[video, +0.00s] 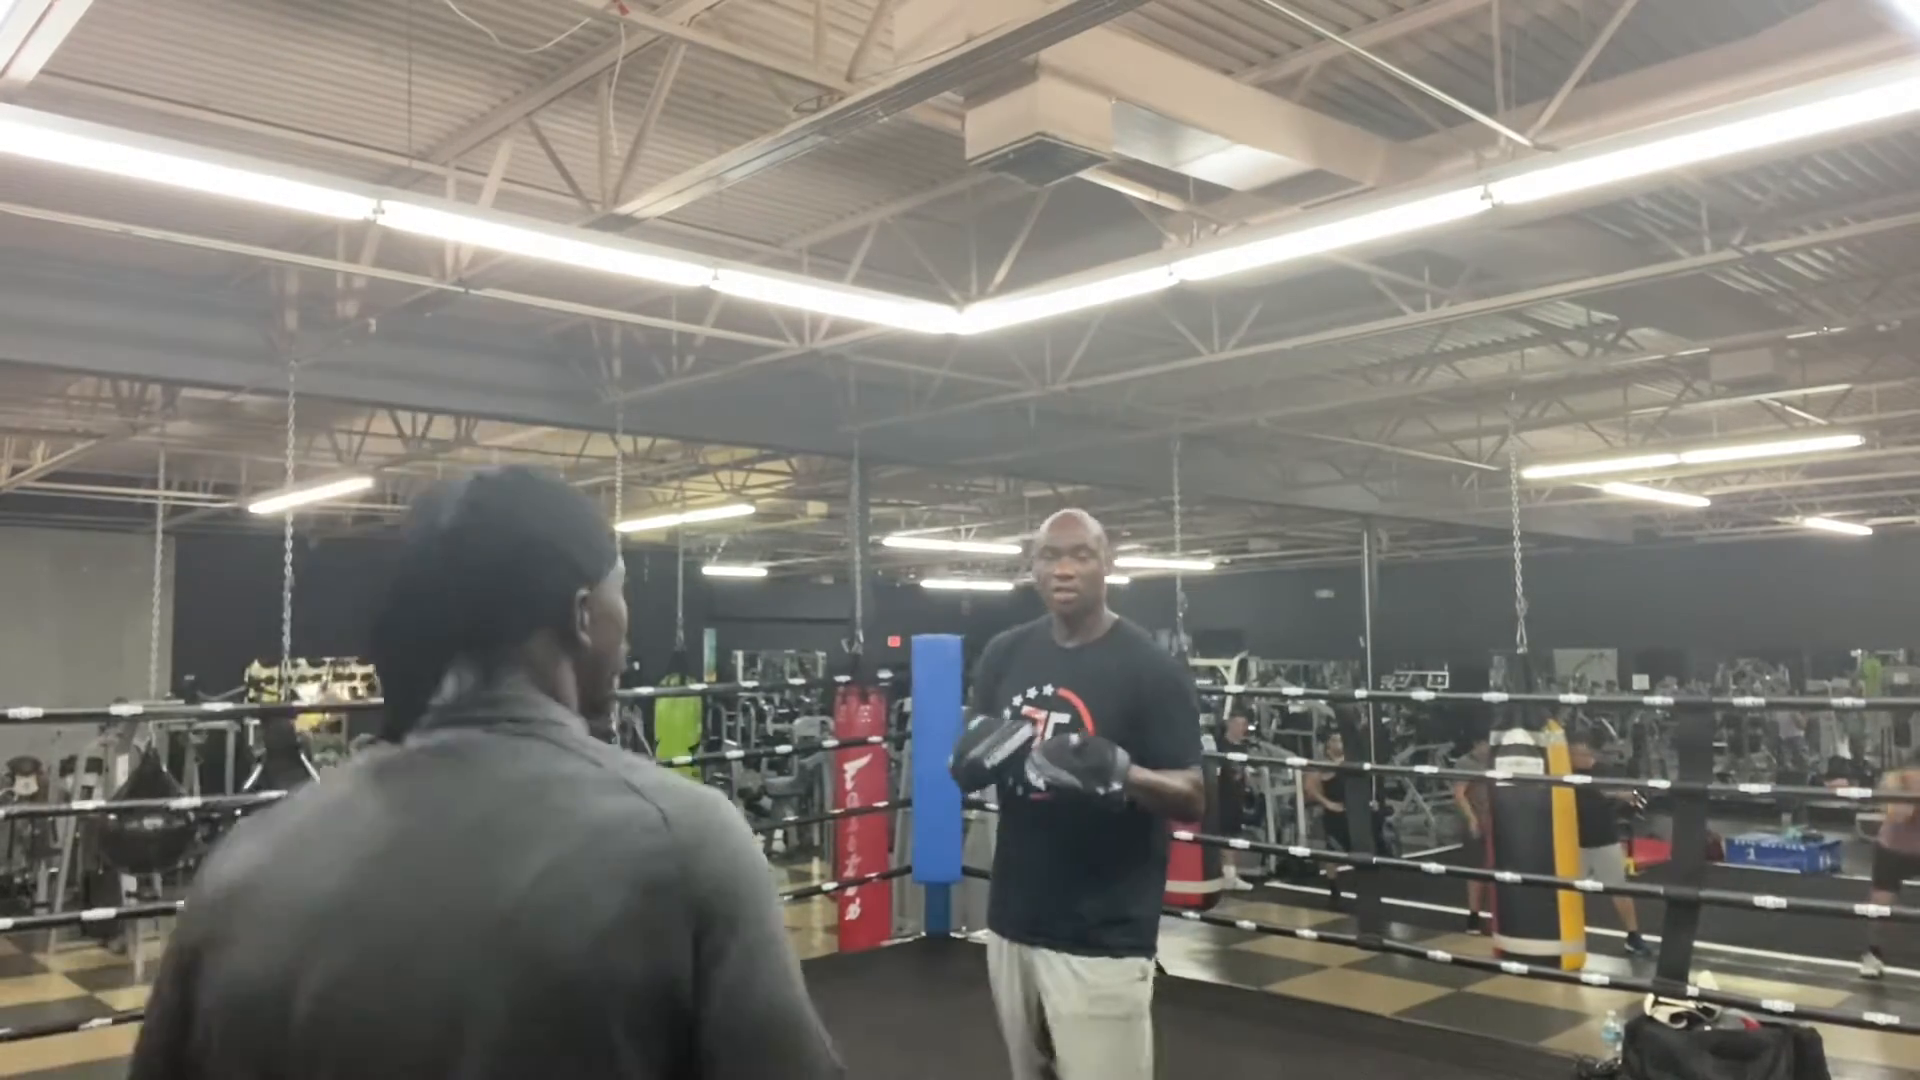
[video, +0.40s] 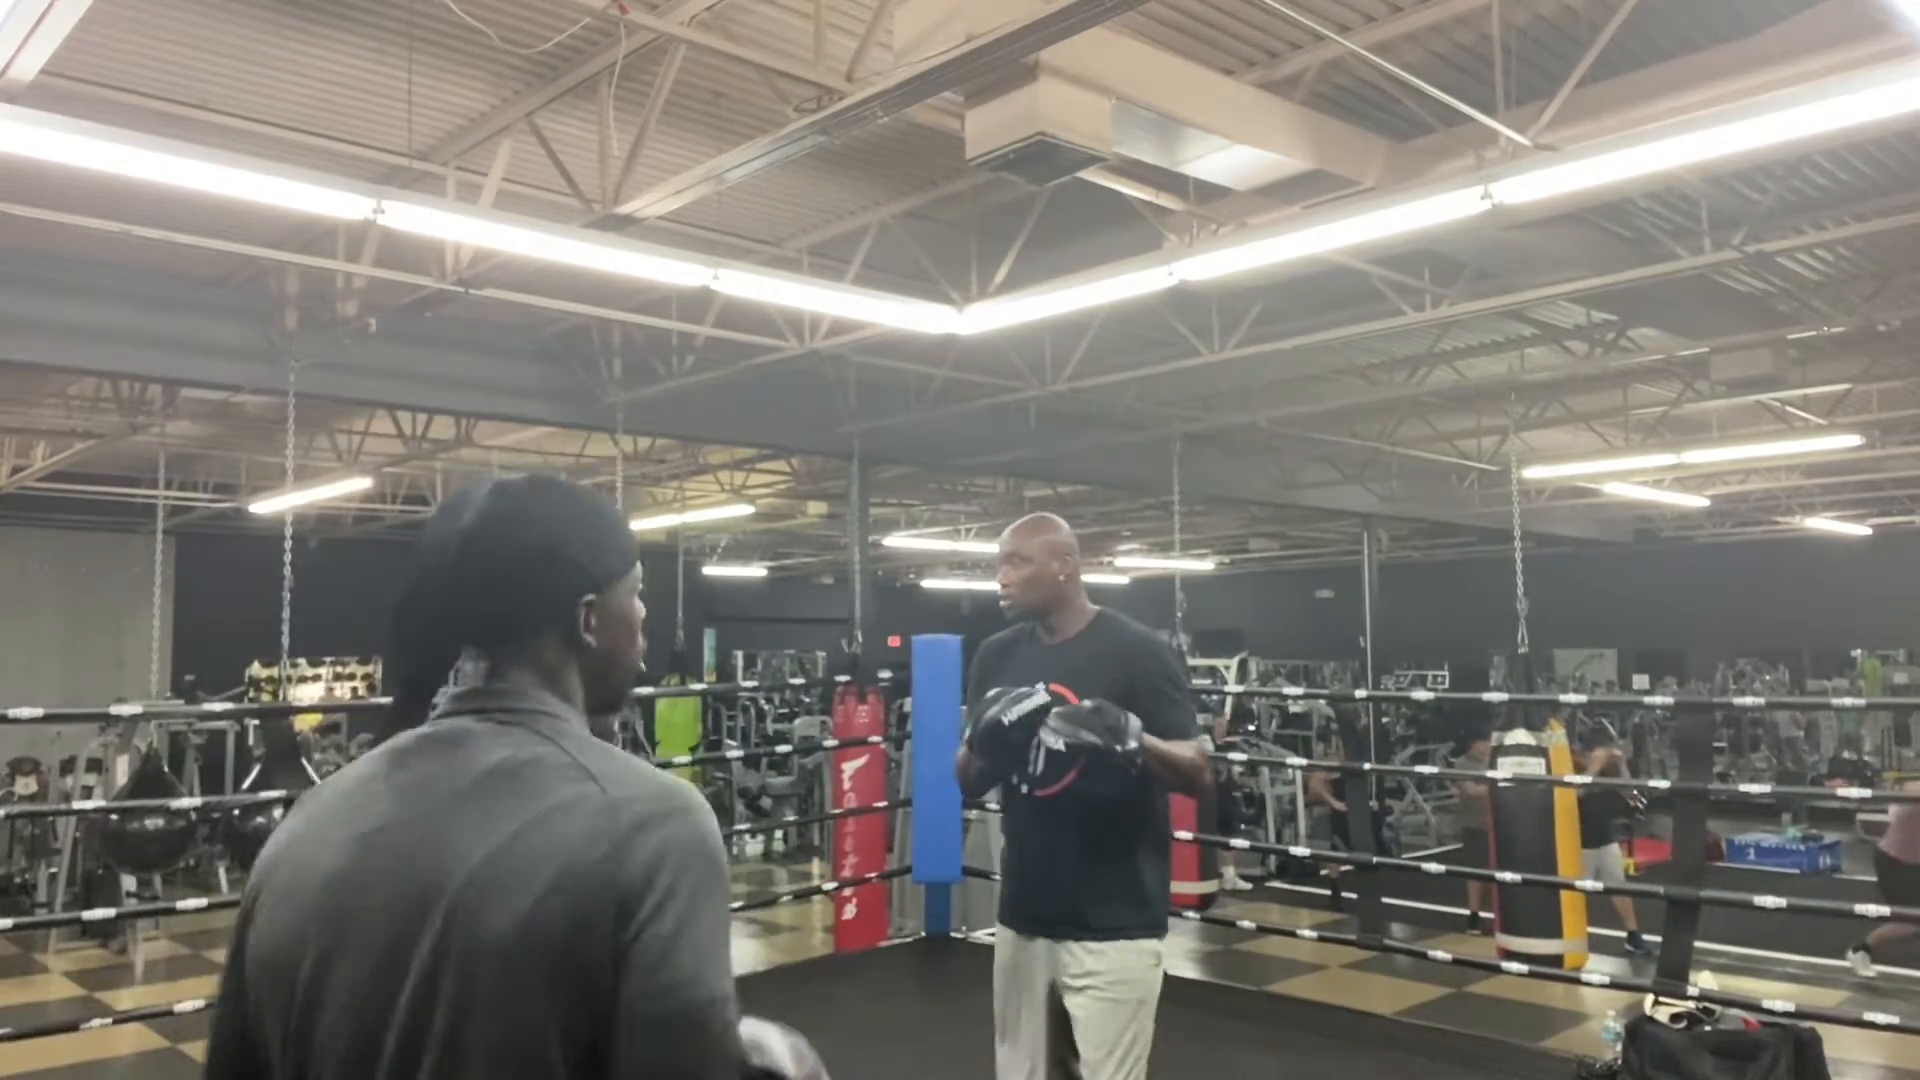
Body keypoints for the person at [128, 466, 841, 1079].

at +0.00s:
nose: (627, 629)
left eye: (624, 597)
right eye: (621, 597)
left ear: (423, 615)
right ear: (578, 615)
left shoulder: (248, 855)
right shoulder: (685, 840)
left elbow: (159, 1071)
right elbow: (791, 1067)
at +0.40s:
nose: (647, 624)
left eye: (644, 596)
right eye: (637, 595)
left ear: (471, 609)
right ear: (586, 615)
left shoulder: (307, 822)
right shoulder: (651, 820)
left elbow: (234, 1061)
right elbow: (681, 1062)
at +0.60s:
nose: (671, 566)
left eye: (666, 539)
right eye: (660, 538)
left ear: (495, 564)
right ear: (606, 561)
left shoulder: (339, 761)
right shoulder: (651, 752)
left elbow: (329, 1033)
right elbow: (608, 1052)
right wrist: (744, 1034)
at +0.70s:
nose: (696, 571)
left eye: (685, 545)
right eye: (678, 544)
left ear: (519, 579)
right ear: (620, 581)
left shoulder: (373, 765)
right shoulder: (648, 777)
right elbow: (618, 1063)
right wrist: (780, 1048)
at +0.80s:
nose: (725, 589)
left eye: (707, 567)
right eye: (695, 574)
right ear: (626, 628)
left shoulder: (426, 800)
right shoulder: (659, 842)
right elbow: (654, 1058)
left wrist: (708, 946)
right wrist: (839, 1072)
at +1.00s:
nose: (746, 571)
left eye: (734, 540)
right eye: (694, 549)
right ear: (587, 584)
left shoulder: (606, 741)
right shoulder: (564, 771)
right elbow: (612, 1067)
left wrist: (760, 944)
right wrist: (801, 983)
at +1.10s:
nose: (705, 590)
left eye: (710, 558)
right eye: (655, 565)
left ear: (729, 572)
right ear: (568, 603)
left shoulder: (651, 768)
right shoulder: (489, 784)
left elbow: (651, 1000)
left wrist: (770, 961)